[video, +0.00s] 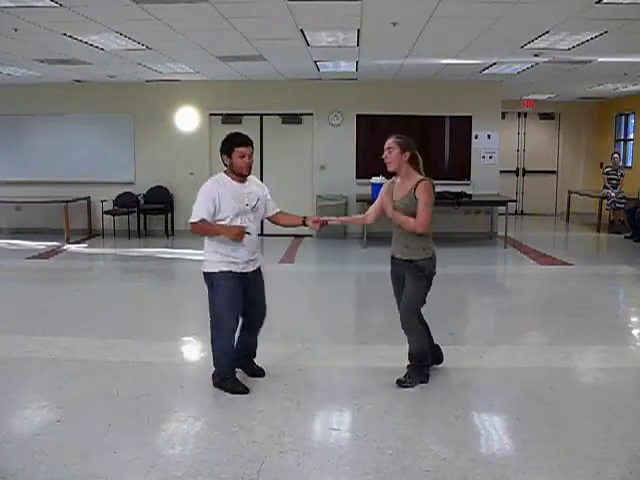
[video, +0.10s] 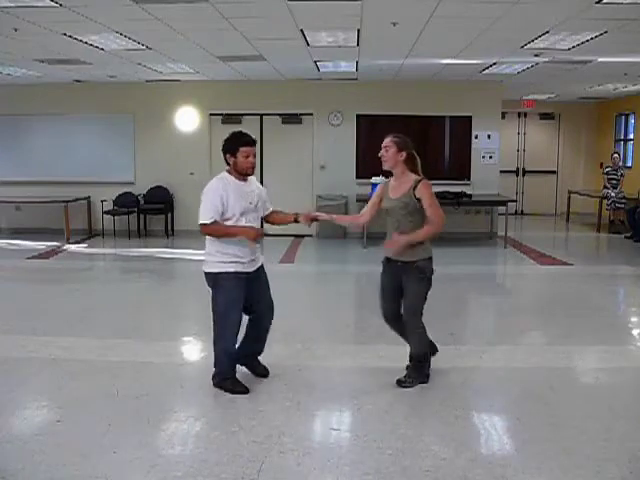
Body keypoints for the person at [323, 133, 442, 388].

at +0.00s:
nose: (385, 156)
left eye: (390, 151)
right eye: (385, 151)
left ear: (406, 155)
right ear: (397, 157)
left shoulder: (423, 185)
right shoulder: (390, 186)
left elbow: (421, 227)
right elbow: (368, 217)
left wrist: (390, 212)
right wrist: (336, 220)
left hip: (421, 262)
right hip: (398, 260)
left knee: (408, 314)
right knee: (408, 314)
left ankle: (419, 369)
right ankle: (431, 352)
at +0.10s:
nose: (381, 154)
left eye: (386, 149)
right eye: (381, 150)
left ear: (403, 154)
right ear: (395, 156)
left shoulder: (420, 185)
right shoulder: (384, 188)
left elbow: (437, 223)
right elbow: (361, 220)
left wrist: (406, 239)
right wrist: (325, 217)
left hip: (418, 264)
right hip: (392, 263)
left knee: (411, 315)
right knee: (390, 314)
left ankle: (418, 369)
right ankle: (424, 345)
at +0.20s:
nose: (375, 152)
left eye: (381, 147)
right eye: (376, 147)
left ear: (397, 153)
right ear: (389, 154)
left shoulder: (415, 186)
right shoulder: (377, 188)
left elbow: (439, 218)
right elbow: (351, 218)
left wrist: (425, 250)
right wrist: (315, 213)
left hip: (412, 266)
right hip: (385, 265)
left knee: (412, 322)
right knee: (373, 313)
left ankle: (420, 371)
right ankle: (405, 350)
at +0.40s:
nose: (360, 151)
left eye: (366, 147)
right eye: (361, 146)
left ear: (381, 154)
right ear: (373, 156)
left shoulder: (397, 187)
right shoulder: (362, 188)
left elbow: (426, 217)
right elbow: (339, 219)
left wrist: (407, 242)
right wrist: (309, 216)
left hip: (391, 268)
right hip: (365, 266)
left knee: (397, 322)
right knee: (350, 315)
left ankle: (417, 369)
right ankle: (368, 368)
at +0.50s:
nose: (352, 152)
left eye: (357, 149)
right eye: (354, 148)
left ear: (372, 156)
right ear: (365, 156)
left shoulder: (386, 189)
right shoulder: (358, 187)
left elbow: (409, 223)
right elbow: (339, 221)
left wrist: (375, 239)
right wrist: (303, 220)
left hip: (376, 268)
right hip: (353, 266)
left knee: (372, 323)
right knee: (347, 320)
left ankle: (408, 359)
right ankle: (368, 368)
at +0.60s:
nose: (344, 151)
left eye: (350, 147)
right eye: (346, 147)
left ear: (364, 154)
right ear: (361, 155)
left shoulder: (374, 187)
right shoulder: (354, 184)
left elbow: (382, 228)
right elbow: (343, 222)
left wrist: (348, 224)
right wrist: (309, 222)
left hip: (365, 265)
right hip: (347, 262)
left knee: (347, 319)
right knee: (342, 318)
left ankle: (383, 360)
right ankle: (365, 368)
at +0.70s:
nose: (337, 149)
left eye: (342, 145)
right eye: (339, 144)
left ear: (356, 151)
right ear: (354, 152)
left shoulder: (361, 183)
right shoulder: (353, 182)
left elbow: (357, 224)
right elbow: (343, 221)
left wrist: (330, 214)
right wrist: (316, 218)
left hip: (353, 261)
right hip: (348, 258)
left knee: (334, 317)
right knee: (344, 314)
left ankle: (351, 375)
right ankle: (367, 364)